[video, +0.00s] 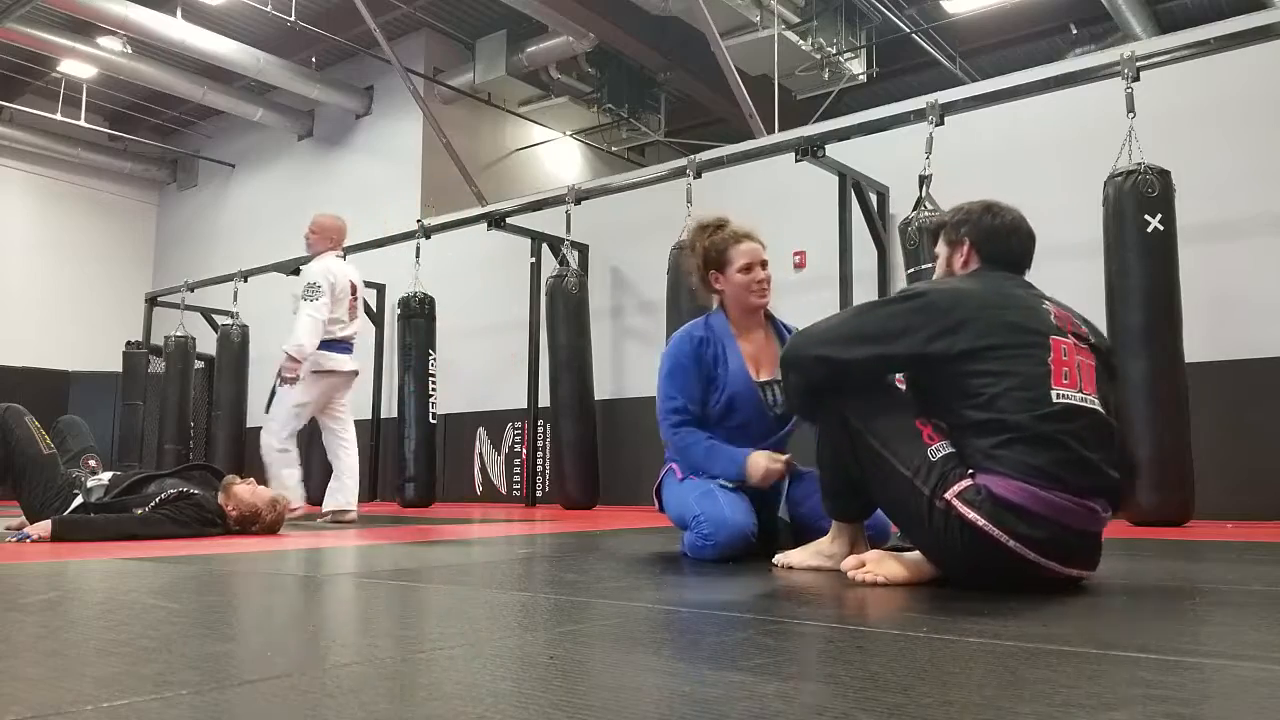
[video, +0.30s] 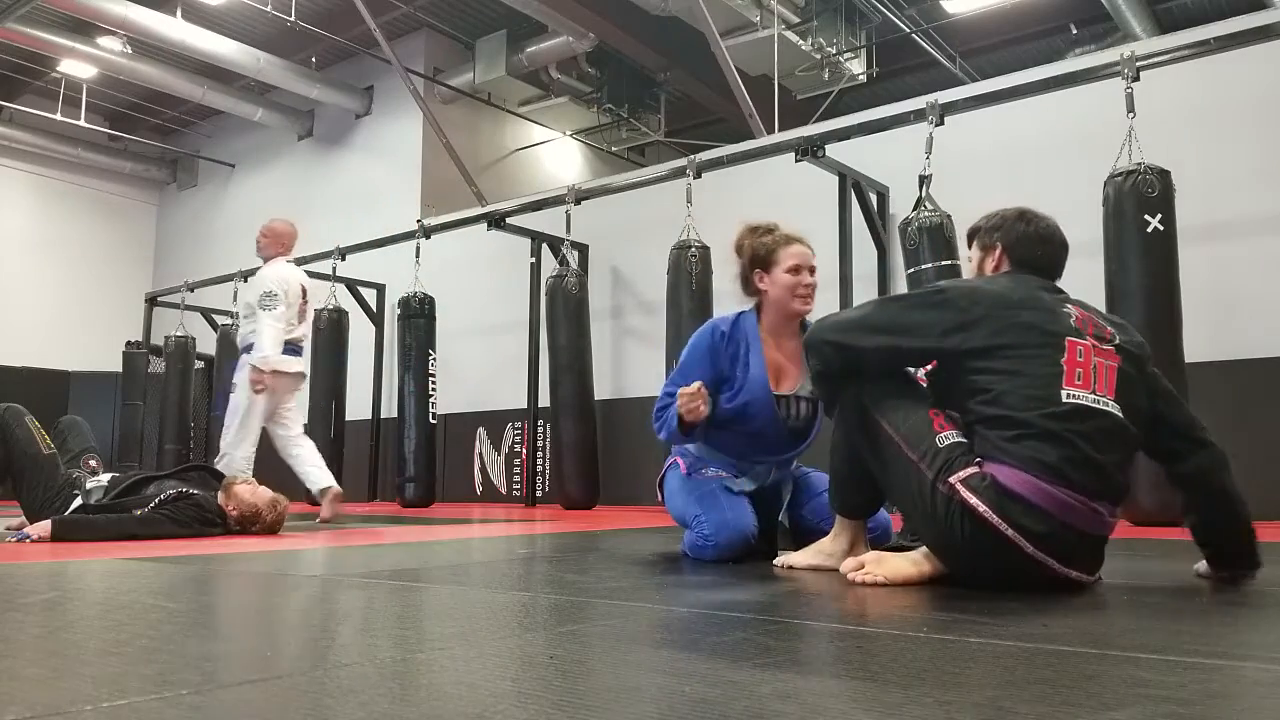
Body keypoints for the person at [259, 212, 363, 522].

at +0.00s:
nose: (306, 236)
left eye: (312, 232)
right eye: (308, 231)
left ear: (330, 240)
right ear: (335, 242)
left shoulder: (319, 270)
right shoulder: (350, 272)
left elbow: (312, 316)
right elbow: (352, 321)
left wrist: (293, 356)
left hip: (319, 363)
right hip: (344, 364)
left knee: (276, 429)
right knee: (340, 435)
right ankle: (343, 506)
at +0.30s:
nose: (257, 239)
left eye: (263, 236)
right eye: (259, 234)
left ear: (281, 244)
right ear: (285, 245)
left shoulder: (270, 276)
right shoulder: (298, 277)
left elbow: (270, 323)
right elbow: (300, 329)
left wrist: (259, 365)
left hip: (261, 362)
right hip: (291, 365)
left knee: (238, 432)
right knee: (289, 433)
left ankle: (225, 502)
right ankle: (326, 488)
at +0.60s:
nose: (217, 242)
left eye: (224, 238)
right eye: (219, 237)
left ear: (242, 244)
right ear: (245, 247)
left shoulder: (231, 272)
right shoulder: (262, 278)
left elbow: (199, 294)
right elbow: (264, 329)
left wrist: (148, 294)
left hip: (226, 361)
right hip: (251, 363)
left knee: (222, 435)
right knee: (229, 433)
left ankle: (230, 505)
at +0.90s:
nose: (185, 252)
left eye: (191, 247)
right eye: (186, 247)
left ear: (208, 253)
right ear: (211, 255)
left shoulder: (198, 279)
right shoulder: (228, 287)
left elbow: (178, 307)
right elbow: (233, 336)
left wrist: (122, 299)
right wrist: (224, 368)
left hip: (191, 369)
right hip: (215, 372)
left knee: (184, 440)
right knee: (191, 439)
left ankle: (212, 495)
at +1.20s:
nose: (149, 254)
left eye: (156, 251)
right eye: (151, 249)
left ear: (174, 257)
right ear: (178, 259)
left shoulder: (163, 283)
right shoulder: (192, 287)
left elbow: (159, 329)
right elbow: (206, 334)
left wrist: (135, 368)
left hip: (161, 372)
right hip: (187, 373)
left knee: (125, 435)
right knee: (182, 440)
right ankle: (192, 494)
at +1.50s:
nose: (102, 258)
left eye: (108, 254)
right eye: (103, 253)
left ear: (126, 257)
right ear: (130, 260)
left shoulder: (117, 286)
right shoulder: (156, 292)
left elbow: (105, 332)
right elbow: (161, 339)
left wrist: (84, 370)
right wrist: (149, 368)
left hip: (114, 374)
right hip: (145, 377)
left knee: (93, 436)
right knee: (134, 438)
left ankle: (93, 500)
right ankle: (165, 490)